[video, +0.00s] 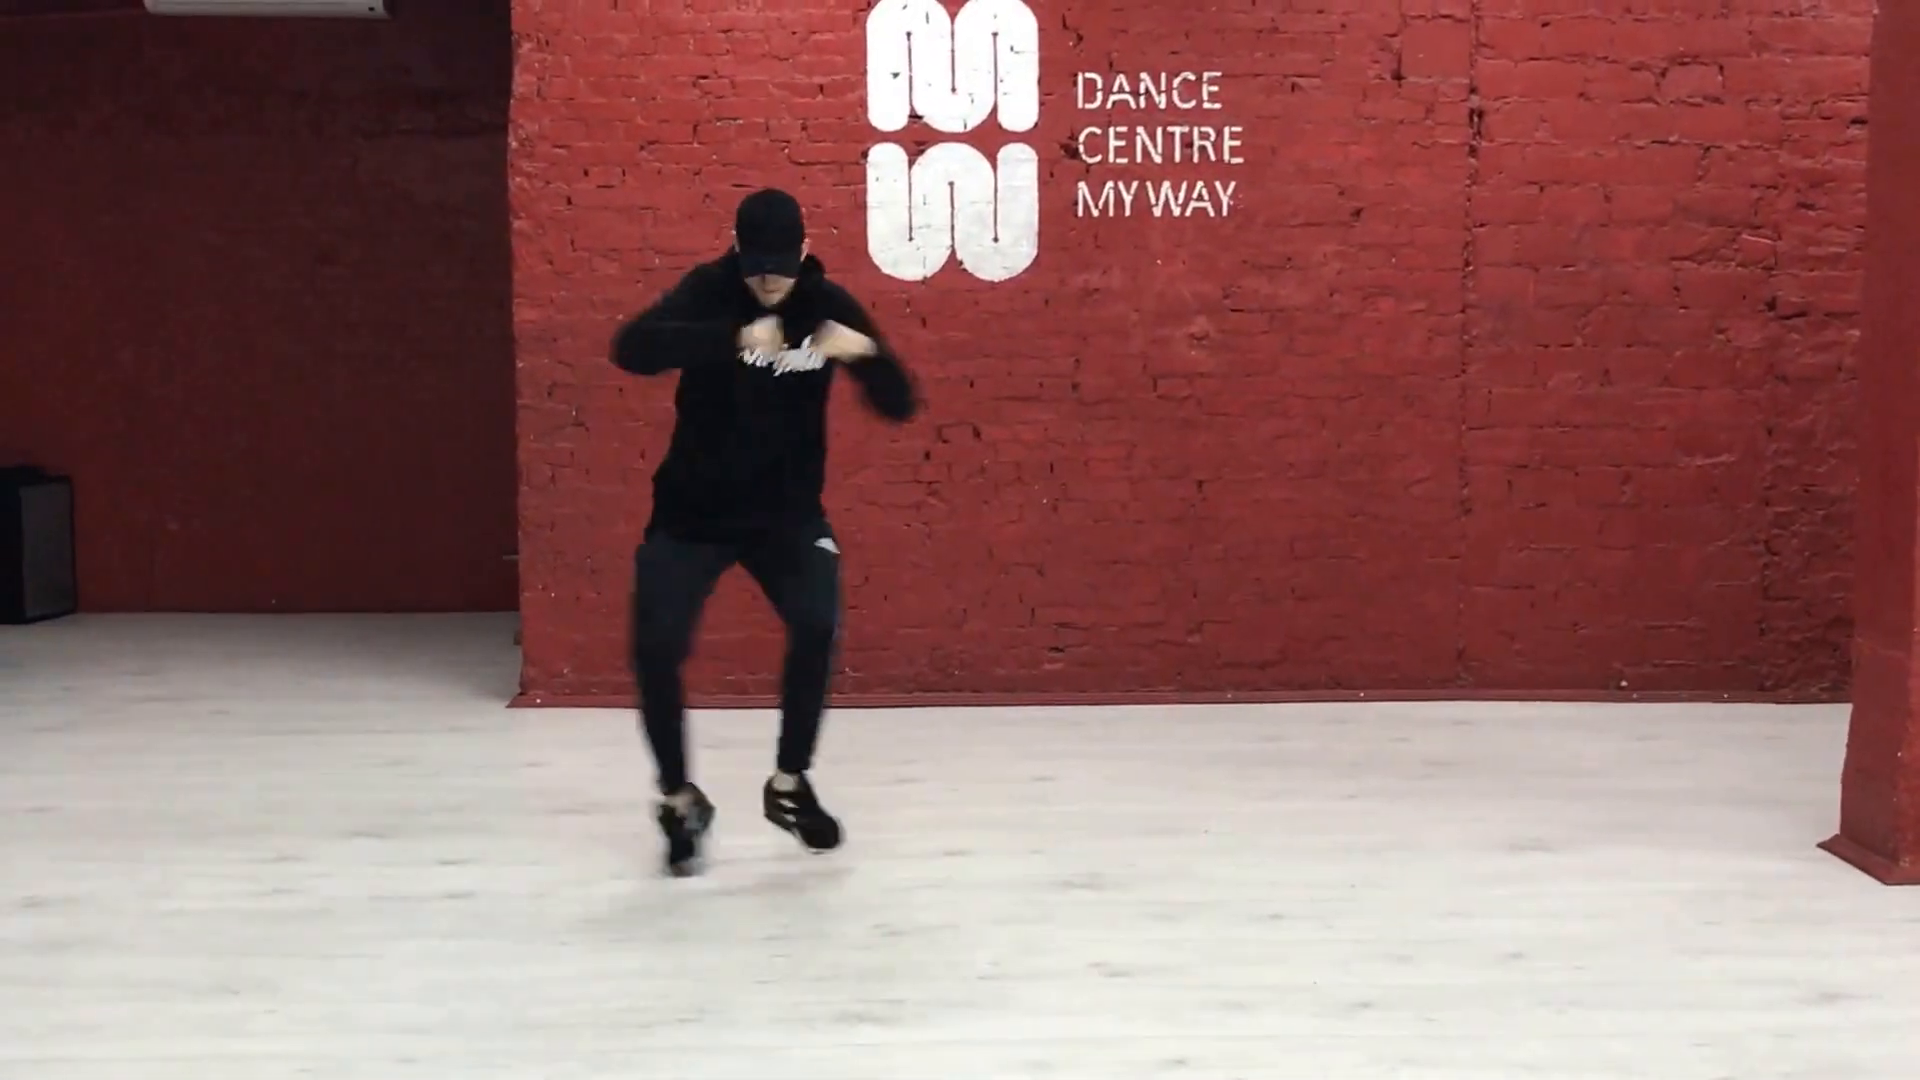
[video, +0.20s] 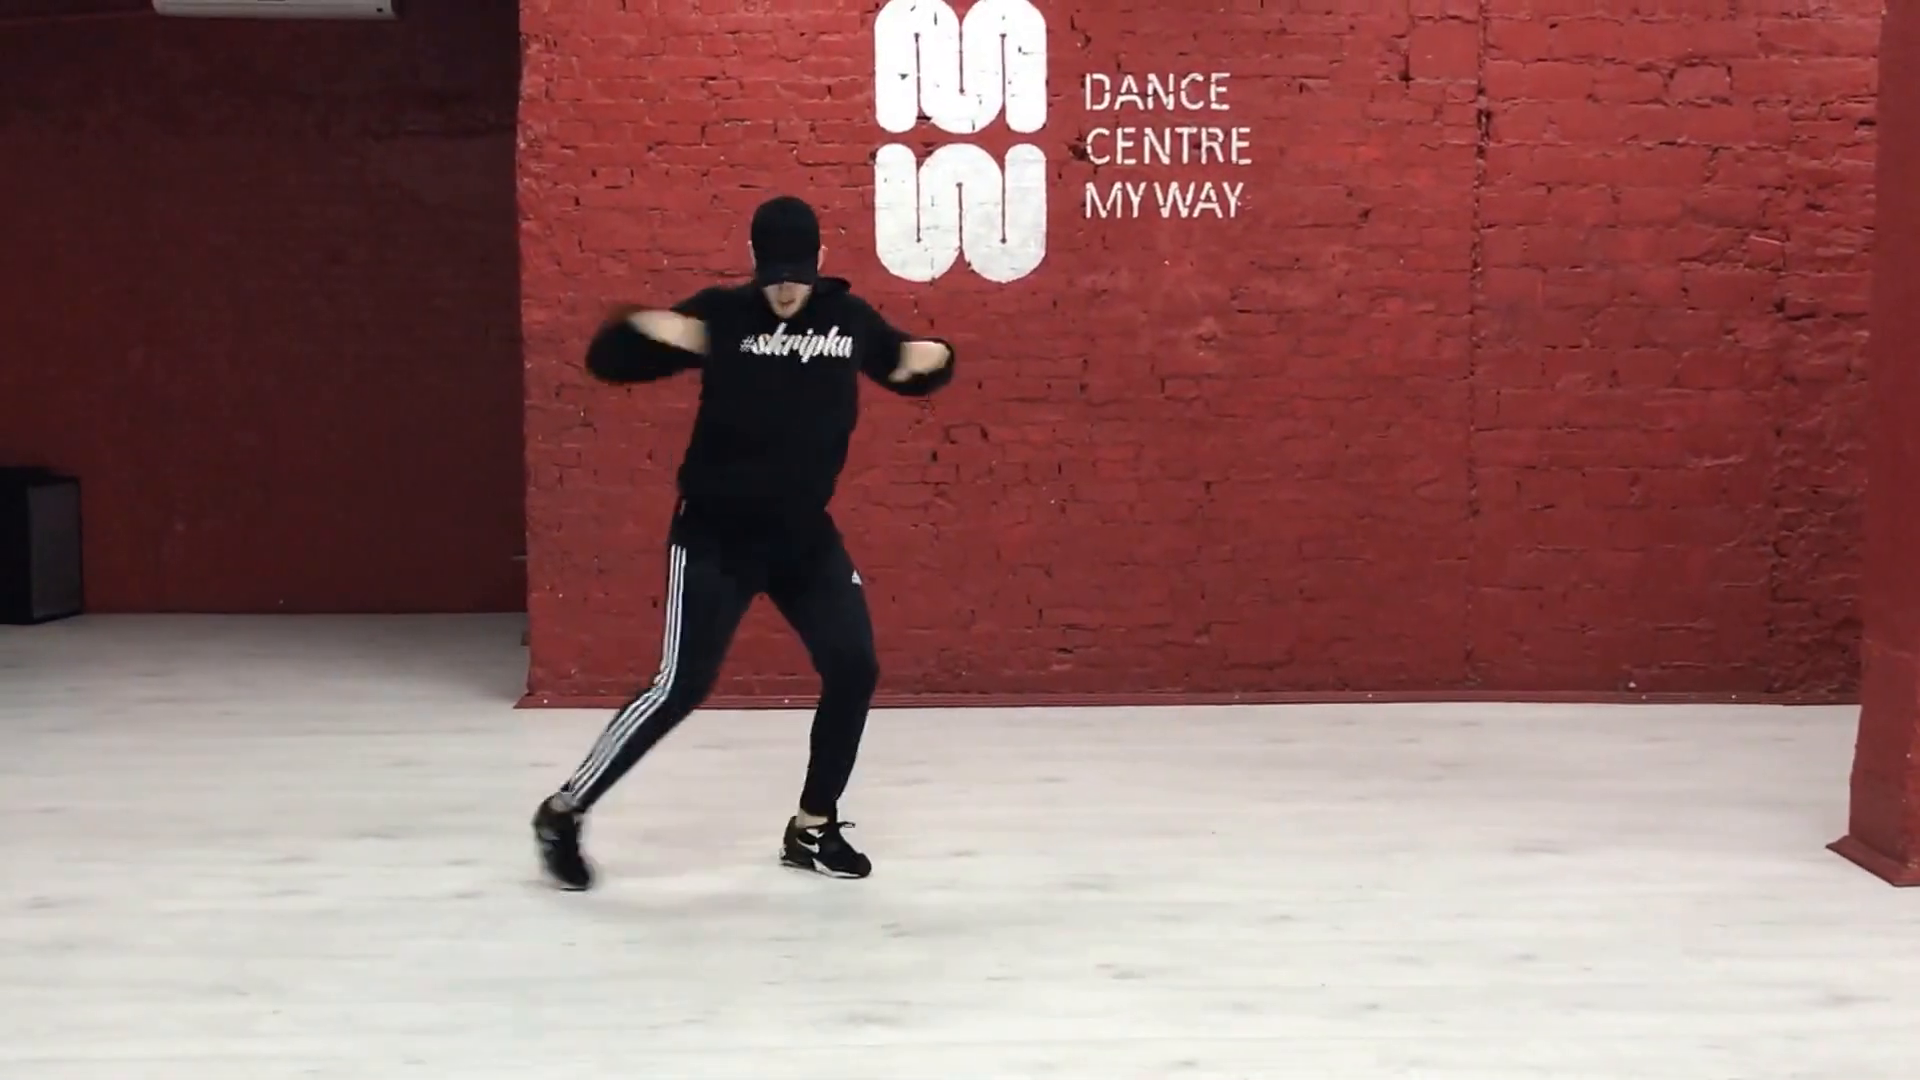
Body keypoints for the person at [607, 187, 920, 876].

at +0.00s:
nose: (770, 285)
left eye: (782, 273)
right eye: (758, 272)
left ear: (801, 261)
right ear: (740, 257)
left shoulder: (828, 305)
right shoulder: (710, 290)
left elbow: (899, 404)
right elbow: (633, 348)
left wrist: (864, 350)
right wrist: (734, 337)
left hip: (786, 512)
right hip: (694, 509)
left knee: (818, 626)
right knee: (654, 644)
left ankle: (789, 783)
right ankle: (678, 799)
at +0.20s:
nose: (785, 293)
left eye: (796, 280)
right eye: (773, 280)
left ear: (816, 266)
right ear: (755, 268)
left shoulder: (847, 315)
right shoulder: (719, 312)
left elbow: (901, 367)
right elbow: (607, 361)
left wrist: (936, 359)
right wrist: (645, 331)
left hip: (801, 529)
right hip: (715, 526)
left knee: (854, 669)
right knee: (682, 685)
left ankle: (813, 827)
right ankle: (563, 812)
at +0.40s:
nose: (771, 241)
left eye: (782, 225)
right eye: (755, 230)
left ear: (802, 231)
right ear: (736, 239)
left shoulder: (812, 303)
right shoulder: (723, 295)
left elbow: (847, 355)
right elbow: (779, 330)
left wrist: (903, 380)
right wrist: (869, 348)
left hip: (793, 518)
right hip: (713, 520)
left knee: (873, 640)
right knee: (760, 667)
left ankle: (829, 810)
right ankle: (699, 842)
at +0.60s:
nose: (724, 241)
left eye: (732, 225)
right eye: (708, 230)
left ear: (746, 224)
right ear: (680, 234)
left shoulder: (777, 293)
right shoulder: (673, 316)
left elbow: (840, 352)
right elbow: (692, 428)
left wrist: (890, 347)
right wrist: (778, 460)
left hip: (797, 498)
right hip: (746, 511)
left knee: (834, 648)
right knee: (877, 590)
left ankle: (768, 824)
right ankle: (811, 765)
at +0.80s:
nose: (773, 256)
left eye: (778, 244)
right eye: (756, 246)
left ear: (786, 251)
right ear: (719, 257)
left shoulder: (790, 331)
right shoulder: (685, 335)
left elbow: (831, 429)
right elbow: (658, 455)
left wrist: (782, 434)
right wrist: (644, 571)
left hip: (769, 516)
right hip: (715, 519)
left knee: (834, 672)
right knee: (883, 479)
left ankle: (771, 838)